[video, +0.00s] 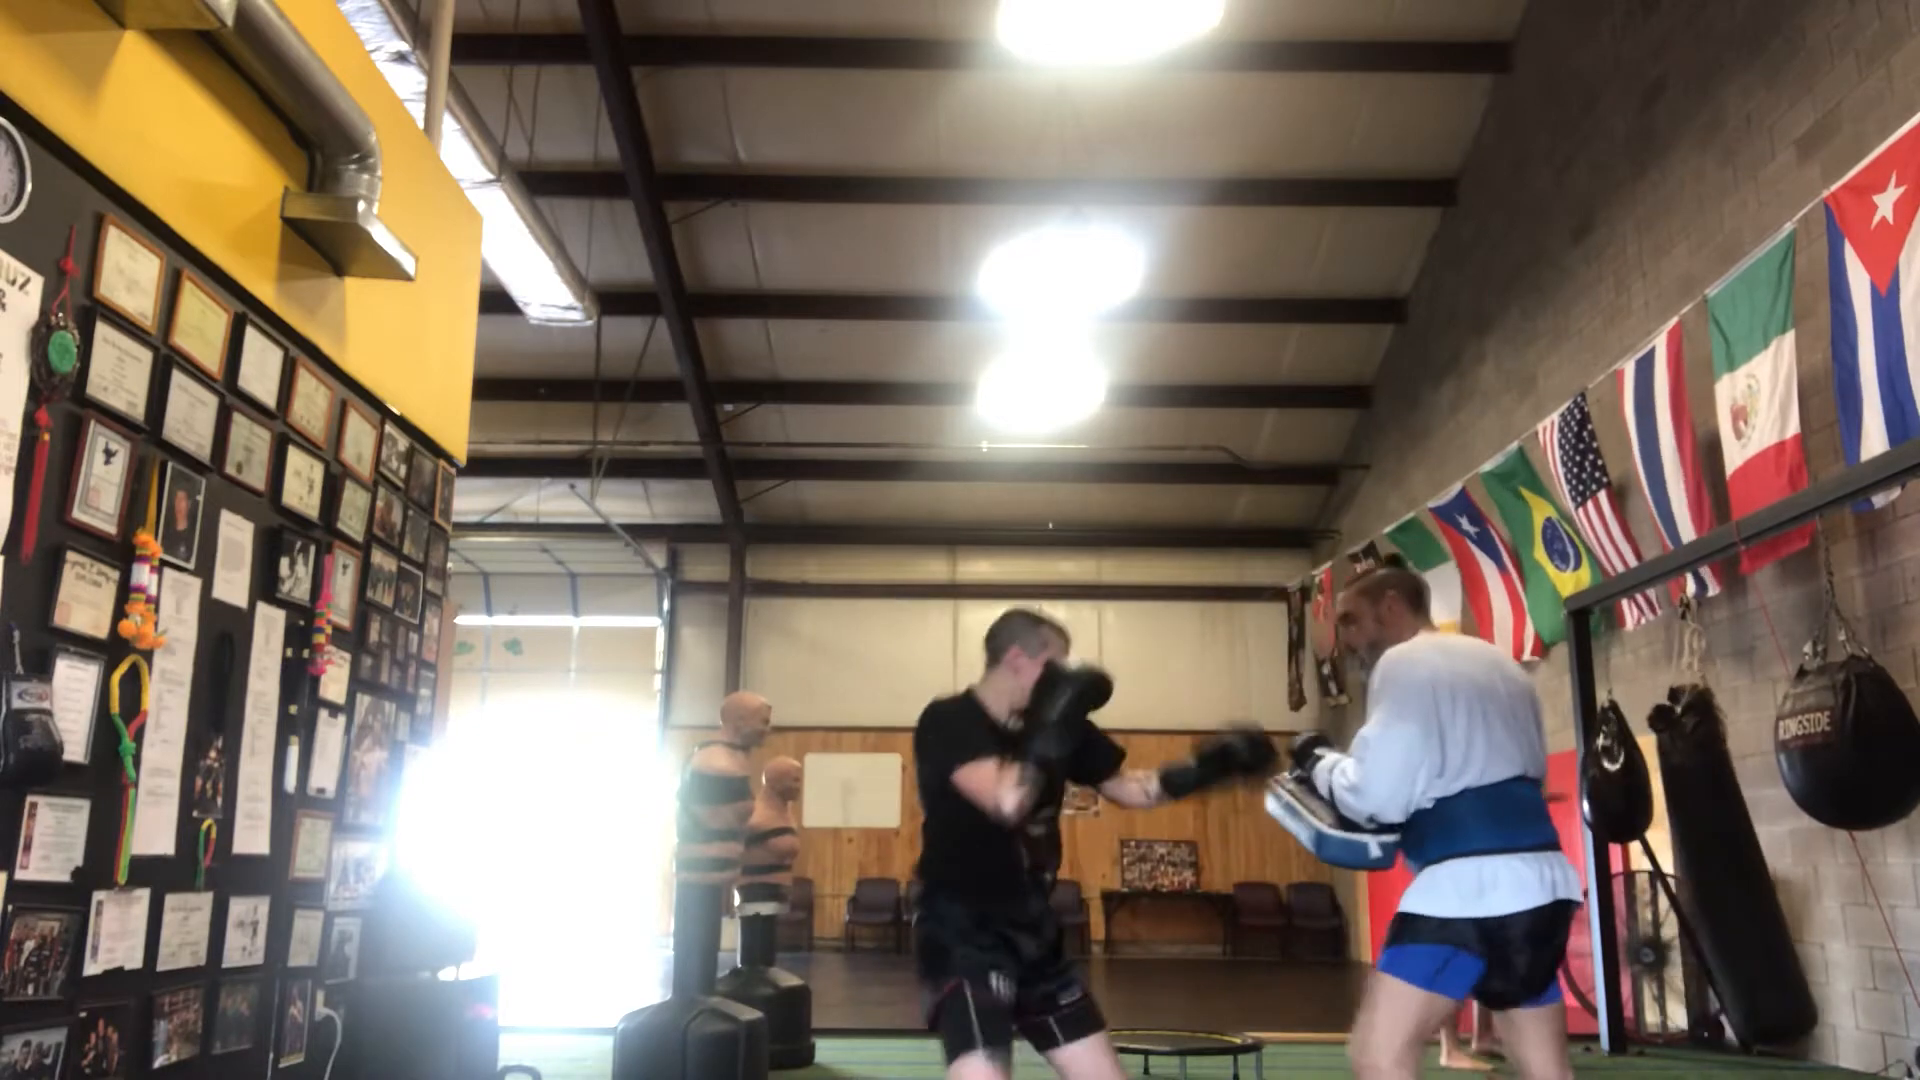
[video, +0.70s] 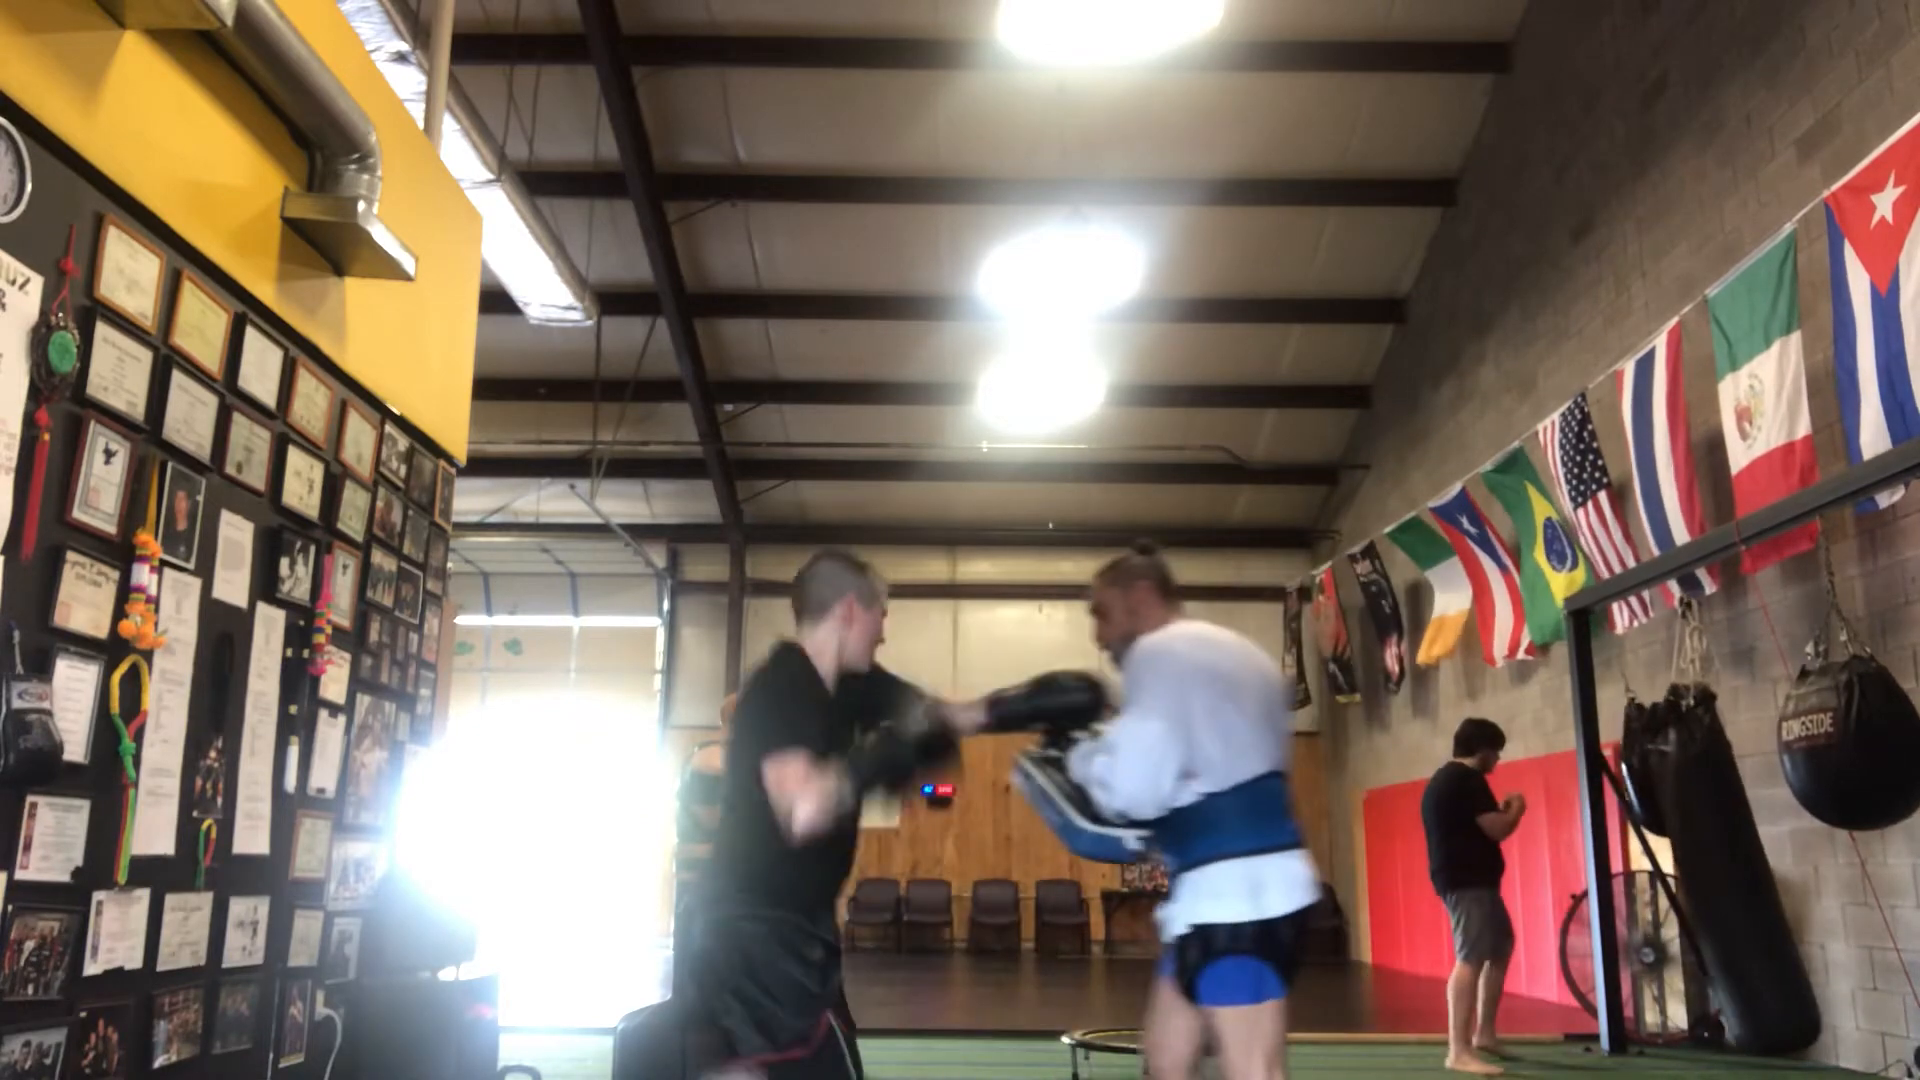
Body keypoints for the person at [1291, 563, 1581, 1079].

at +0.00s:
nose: (1349, 643)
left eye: (1351, 624)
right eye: (1345, 629)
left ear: (1390, 607)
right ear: (1408, 610)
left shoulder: (1404, 666)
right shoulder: (1503, 664)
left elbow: (1380, 797)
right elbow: (1530, 775)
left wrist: (1318, 759)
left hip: (1460, 897)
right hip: (1542, 892)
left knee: (1379, 1054)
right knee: (1546, 1066)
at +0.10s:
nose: (1325, 650)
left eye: (1329, 630)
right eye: (1322, 634)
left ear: (1369, 613)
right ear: (1381, 615)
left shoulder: (1388, 675)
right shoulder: (1480, 668)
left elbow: (1356, 800)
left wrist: (1286, 759)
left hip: (1446, 899)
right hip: (1526, 894)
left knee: (1352, 1054)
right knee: (1520, 1063)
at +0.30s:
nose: (1260, 643)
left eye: (1264, 622)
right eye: (1257, 627)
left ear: (1305, 605)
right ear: (1310, 609)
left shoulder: (1327, 672)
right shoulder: (1410, 668)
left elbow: (1287, 800)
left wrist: (1203, 759)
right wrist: (1276, 760)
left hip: (1372, 911)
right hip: (1454, 899)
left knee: (1298, 1066)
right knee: (1473, 1062)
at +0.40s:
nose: (1219, 628)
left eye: (1225, 607)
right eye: (1216, 611)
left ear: (1267, 592)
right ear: (1274, 595)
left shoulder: (1286, 656)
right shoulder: (1369, 654)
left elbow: (1253, 791)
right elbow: (1326, 765)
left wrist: (1173, 754)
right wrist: (1228, 745)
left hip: (1331, 905)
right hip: (1396, 895)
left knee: (1286, 1068)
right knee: (1378, 1058)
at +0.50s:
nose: (1180, 625)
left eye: (1185, 605)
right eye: (1177, 609)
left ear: (1225, 588)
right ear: (1235, 590)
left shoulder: (1246, 653)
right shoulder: (1330, 647)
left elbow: (1214, 786)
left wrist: (1153, 743)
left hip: (1302, 894)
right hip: (1356, 885)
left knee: (1285, 1068)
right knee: (1296, 1058)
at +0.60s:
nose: (1139, 628)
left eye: (1143, 607)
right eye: (1136, 611)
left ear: (1182, 590)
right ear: (1193, 591)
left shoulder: (1203, 652)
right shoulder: (1288, 649)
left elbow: (1177, 789)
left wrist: (1117, 745)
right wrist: (1144, 745)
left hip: (1272, 894)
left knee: (1276, 1065)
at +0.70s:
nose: (1097, 633)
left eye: (1101, 613)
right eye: (1095, 617)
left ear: (1141, 597)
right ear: (1157, 597)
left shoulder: (1161, 655)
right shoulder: (1241, 652)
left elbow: (1134, 789)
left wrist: (1082, 746)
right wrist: (1111, 727)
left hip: (1230, 900)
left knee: (1254, 1069)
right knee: (1166, 1061)